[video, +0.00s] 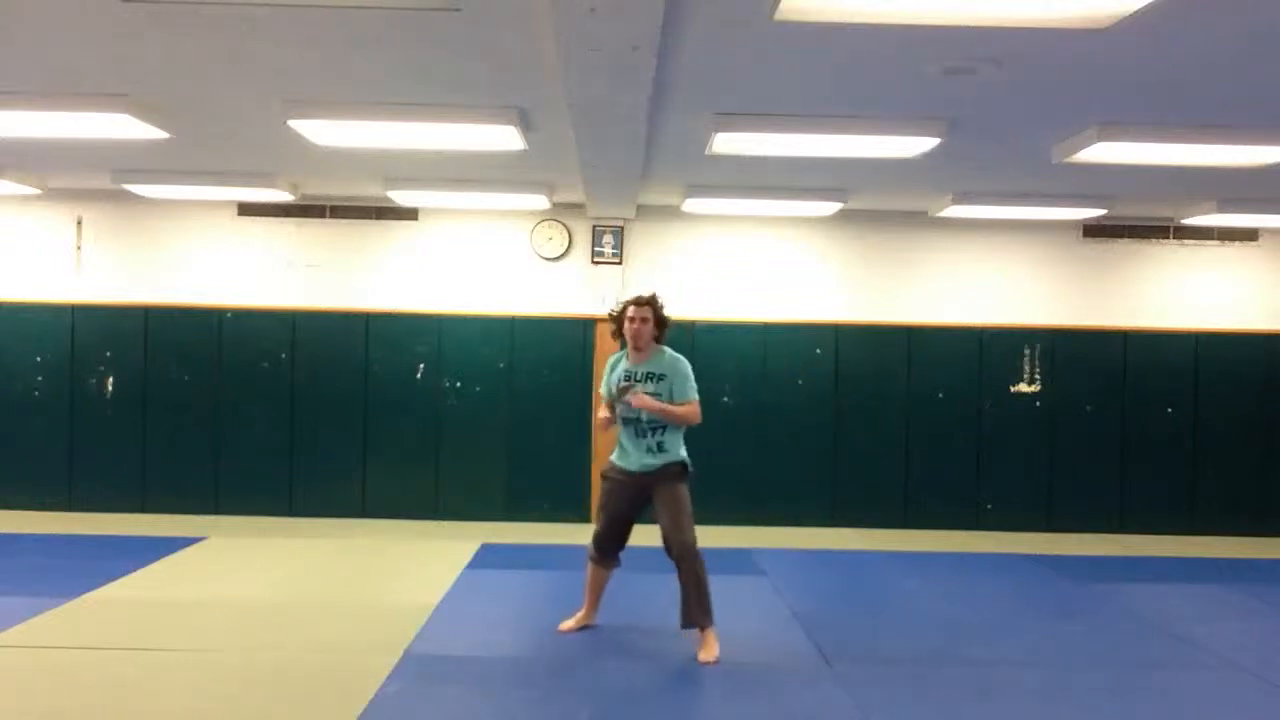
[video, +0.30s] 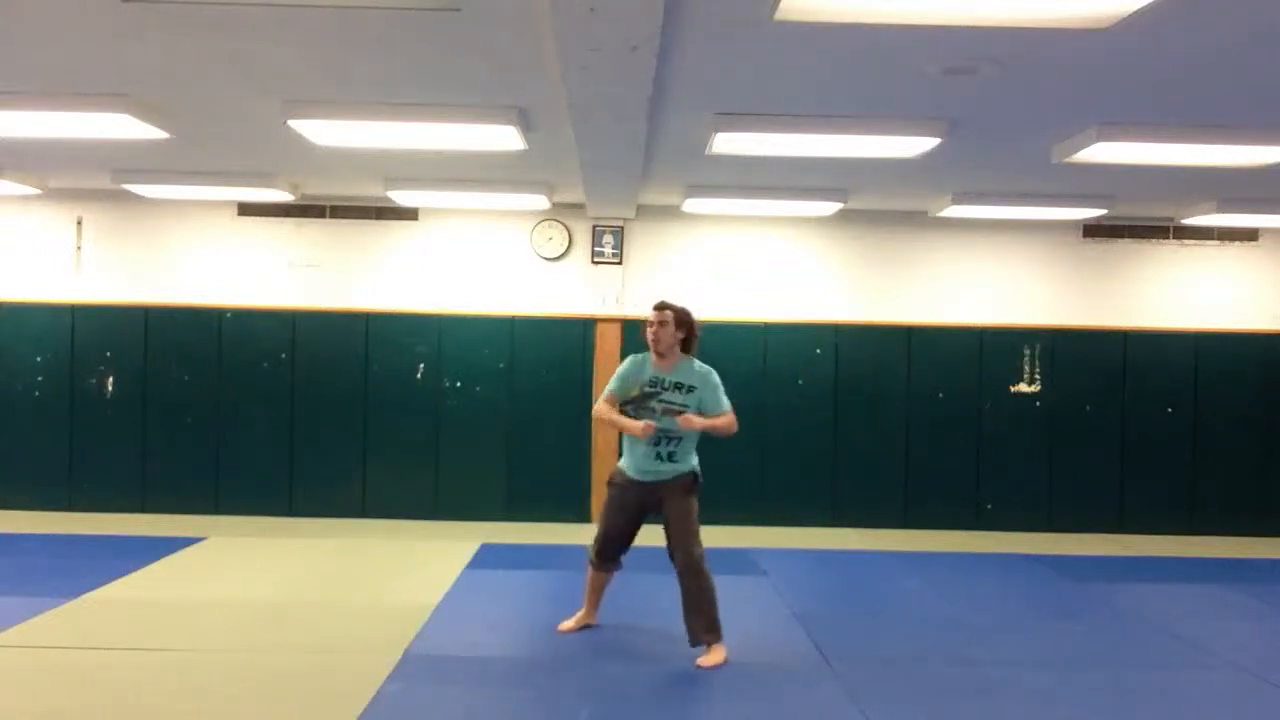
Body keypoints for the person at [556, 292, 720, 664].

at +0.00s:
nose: (635, 327)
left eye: (643, 321)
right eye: (630, 320)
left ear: (656, 327)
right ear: (623, 325)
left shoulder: (676, 364)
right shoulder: (614, 364)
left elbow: (693, 415)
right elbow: (604, 410)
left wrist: (653, 405)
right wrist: (607, 413)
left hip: (668, 466)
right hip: (624, 465)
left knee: (682, 546)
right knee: (604, 542)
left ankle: (706, 633)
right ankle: (588, 612)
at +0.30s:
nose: (653, 330)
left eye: (662, 325)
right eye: (650, 324)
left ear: (681, 332)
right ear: (646, 331)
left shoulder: (703, 376)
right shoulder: (633, 366)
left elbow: (730, 424)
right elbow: (600, 409)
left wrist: (701, 423)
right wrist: (630, 425)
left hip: (678, 479)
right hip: (631, 476)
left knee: (688, 558)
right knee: (604, 549)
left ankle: (713, 643)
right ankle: (588, 612)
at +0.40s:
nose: (656, 331)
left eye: (664, 325)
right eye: (655, 324)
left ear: (686, 331)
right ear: (654, 330)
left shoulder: (710, 372)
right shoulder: (641, 362)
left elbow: (738, 418)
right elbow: (611, 410)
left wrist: (717, 436)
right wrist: (649, 434)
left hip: (684, 476)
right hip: (638, 472)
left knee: (693, 558)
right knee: (607, 544)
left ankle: (713, 643)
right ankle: (590, 609)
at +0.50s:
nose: (651, 330)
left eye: (659, 325)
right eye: (650, 324)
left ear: (681, 331)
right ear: (651, 329)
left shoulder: (711, 370)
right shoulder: (642, 361)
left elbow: (738, 414)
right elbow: (623, 409)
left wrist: (729, 447)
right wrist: (662, 442)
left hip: (688, 475)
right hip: (641, 471)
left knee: (696, 557)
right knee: (608, 542)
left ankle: (713, 643)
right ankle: (609, 597)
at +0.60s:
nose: (640, 332)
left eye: (647, 326)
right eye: (640, 326)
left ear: (670, 332)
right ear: (646, 333)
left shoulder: (706, 370)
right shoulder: (634, 367)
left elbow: (729, 411)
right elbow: (620, 415)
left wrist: (731, 458)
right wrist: (655, 449)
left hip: (688, 477)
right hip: (641, 474)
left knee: (698, 557)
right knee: (613, 539)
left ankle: (714, 643)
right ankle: (631, 593)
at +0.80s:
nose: (600, 341)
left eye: (606, 334)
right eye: (600, 334)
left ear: (626, 339)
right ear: (616, 341)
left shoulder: (671, 368)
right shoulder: (606, 371)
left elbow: (715, 392)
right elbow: (570, 396)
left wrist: (730, 444)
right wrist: (607, 409)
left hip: (674, 467)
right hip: (638, 469)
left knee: (673, 548)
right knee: (628, 543)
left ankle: (706, 633)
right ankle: (648, 610)